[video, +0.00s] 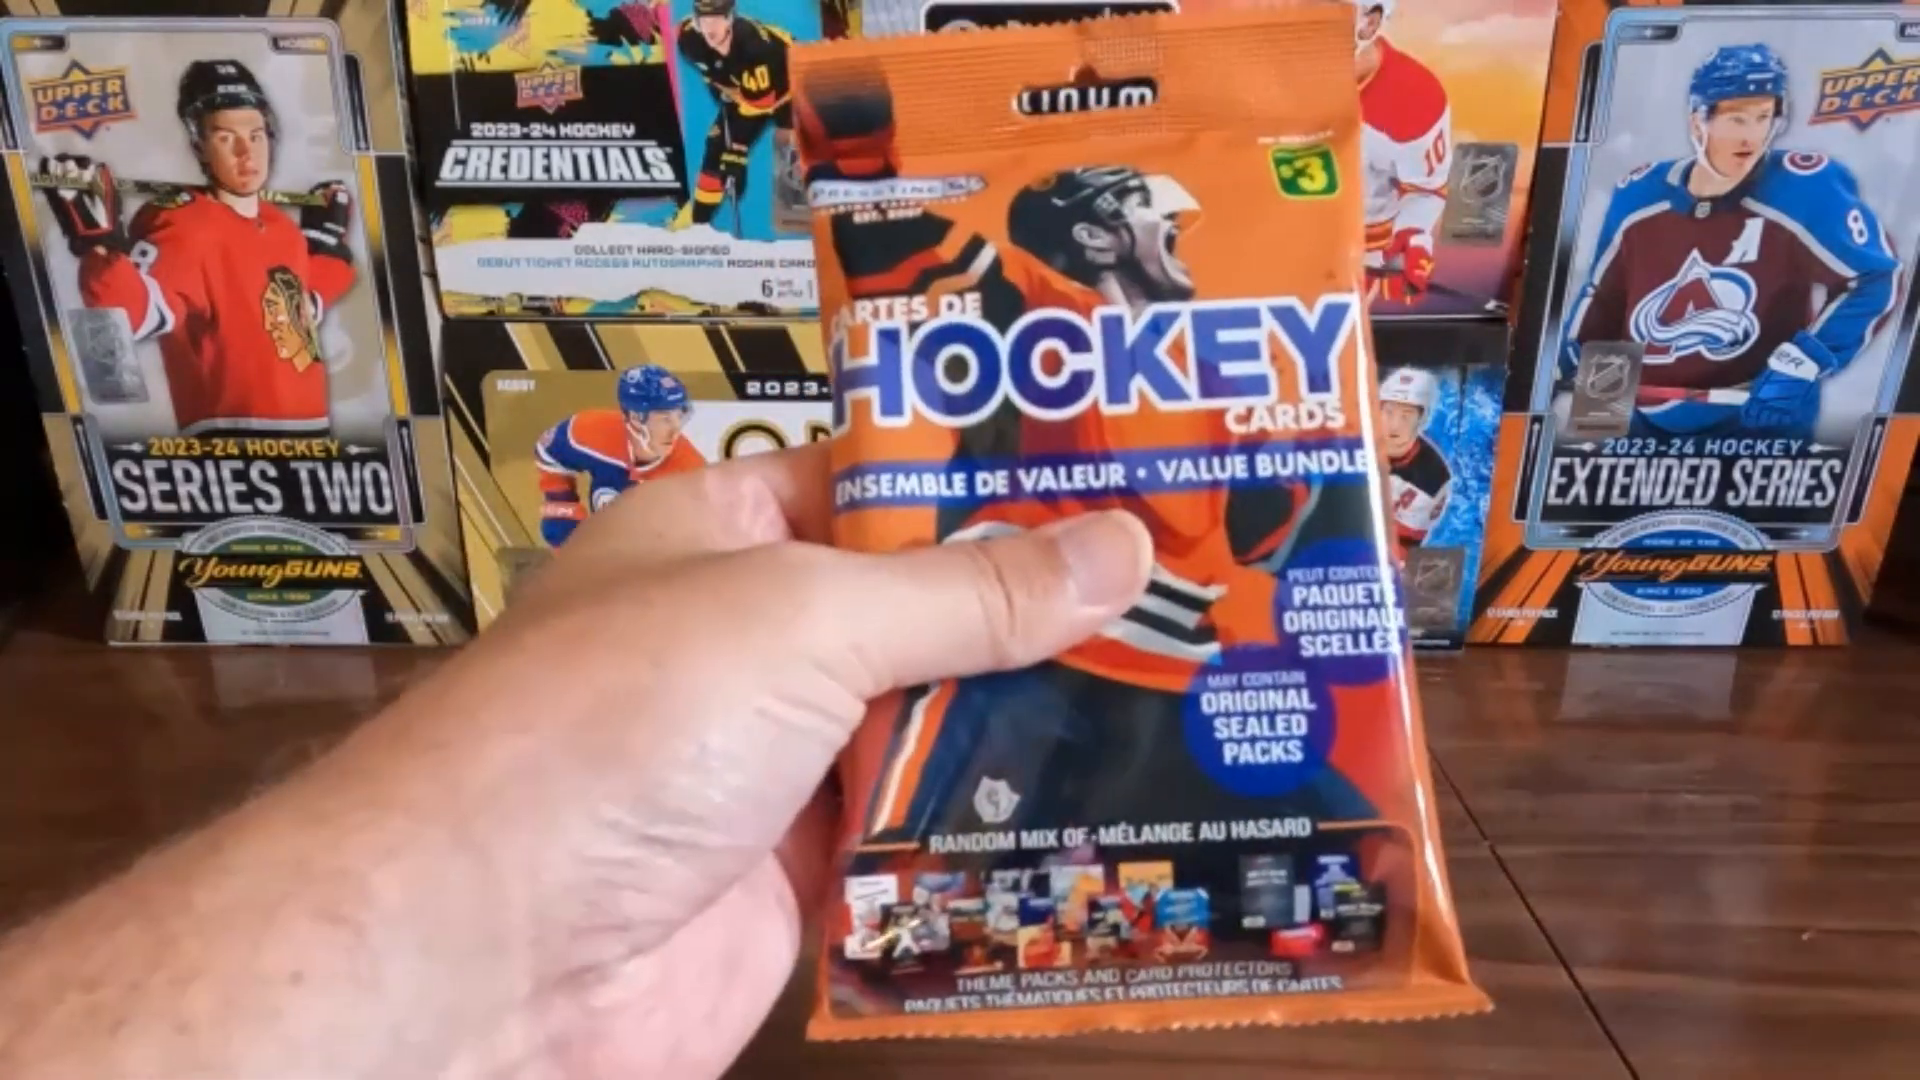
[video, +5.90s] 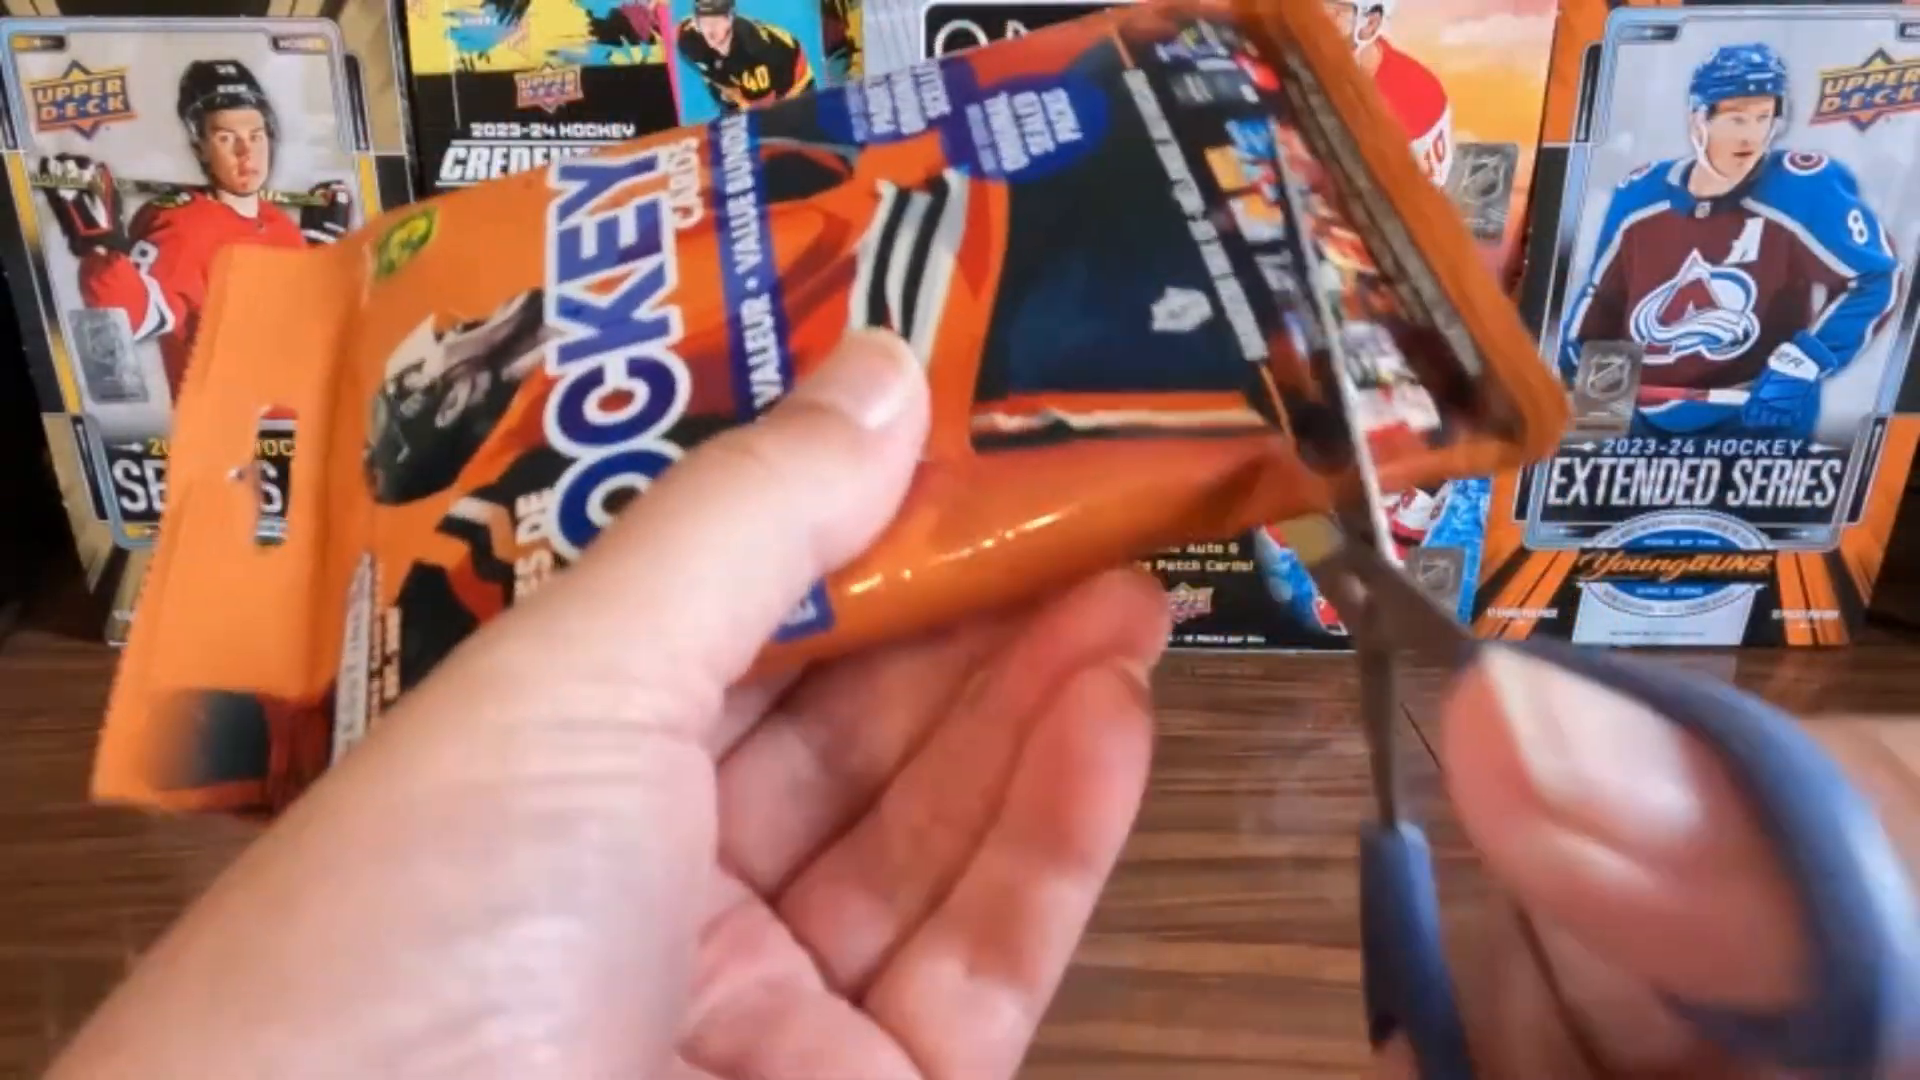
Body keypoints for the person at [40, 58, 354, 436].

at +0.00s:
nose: (247, 153)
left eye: (256, 135)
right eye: (228, 139)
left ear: (270, 139)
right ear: (201, 149)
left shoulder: (283, 228)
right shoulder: (183, 227)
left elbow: (304, 301)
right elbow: (139, 316)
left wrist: (336, 252)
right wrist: (100, 249)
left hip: (307, 433)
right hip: (229, 441)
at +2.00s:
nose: (247, 152)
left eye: (256, 135)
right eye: (228, 139)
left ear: (270, 140)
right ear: (201, 150)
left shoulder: (283, 227)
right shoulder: (183, 226)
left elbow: (303, 305)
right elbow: (142, 315)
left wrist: (334, 250)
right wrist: (100, 250)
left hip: (307, 432)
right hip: (230, 438)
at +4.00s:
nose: (247, 153)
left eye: (257, 135)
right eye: (227, 139)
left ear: (270, 139)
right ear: (200, 149)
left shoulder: (283, 229)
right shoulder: (183, 227)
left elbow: (302, 306)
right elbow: (137, 317)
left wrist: (332, 249)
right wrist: (100, 249)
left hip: (307, 435)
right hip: (230, 441)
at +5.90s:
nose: (246, 153)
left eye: (256, 136)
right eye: (226, 138)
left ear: (271, 141)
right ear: (200, 148)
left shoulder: (284, 226)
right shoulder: (183, 227)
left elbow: (316, 318)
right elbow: (139, 319)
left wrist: (330, 244)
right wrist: (101, 248)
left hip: (300, 417)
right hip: (217, 421)